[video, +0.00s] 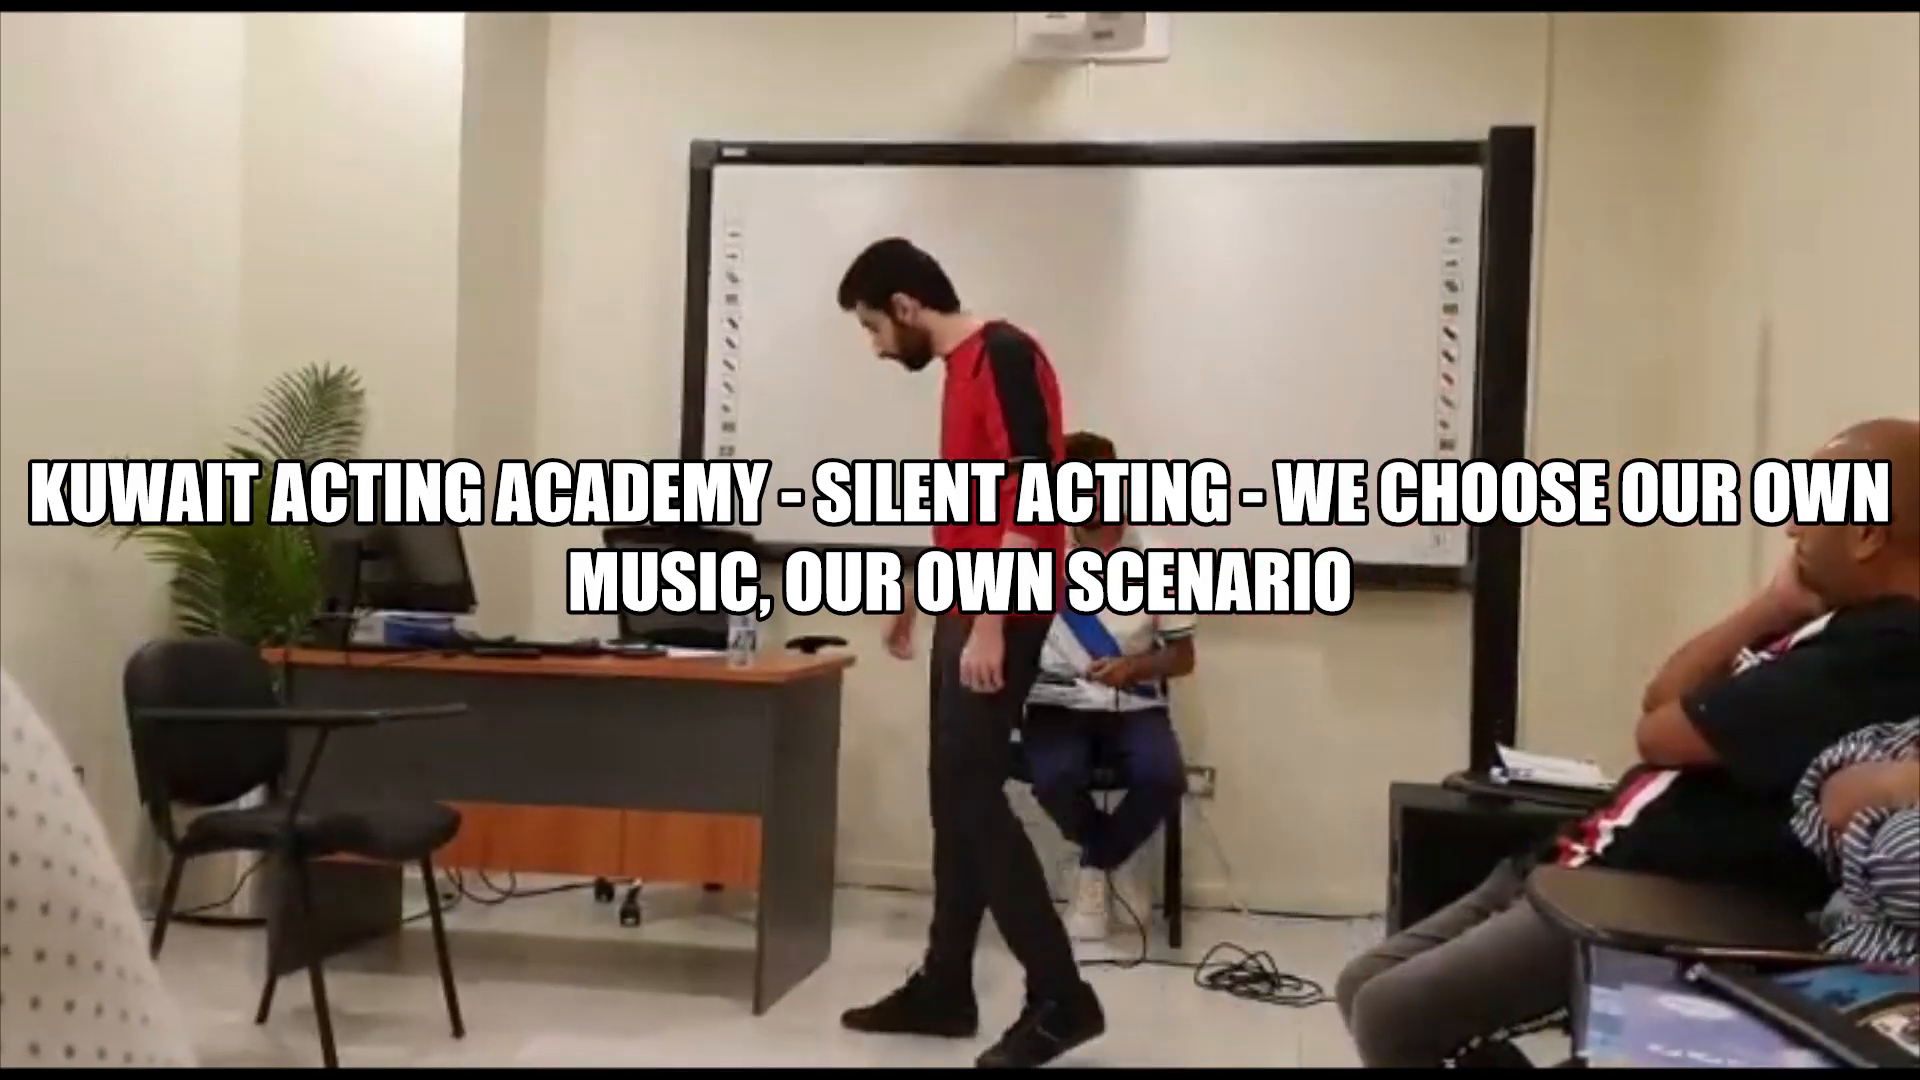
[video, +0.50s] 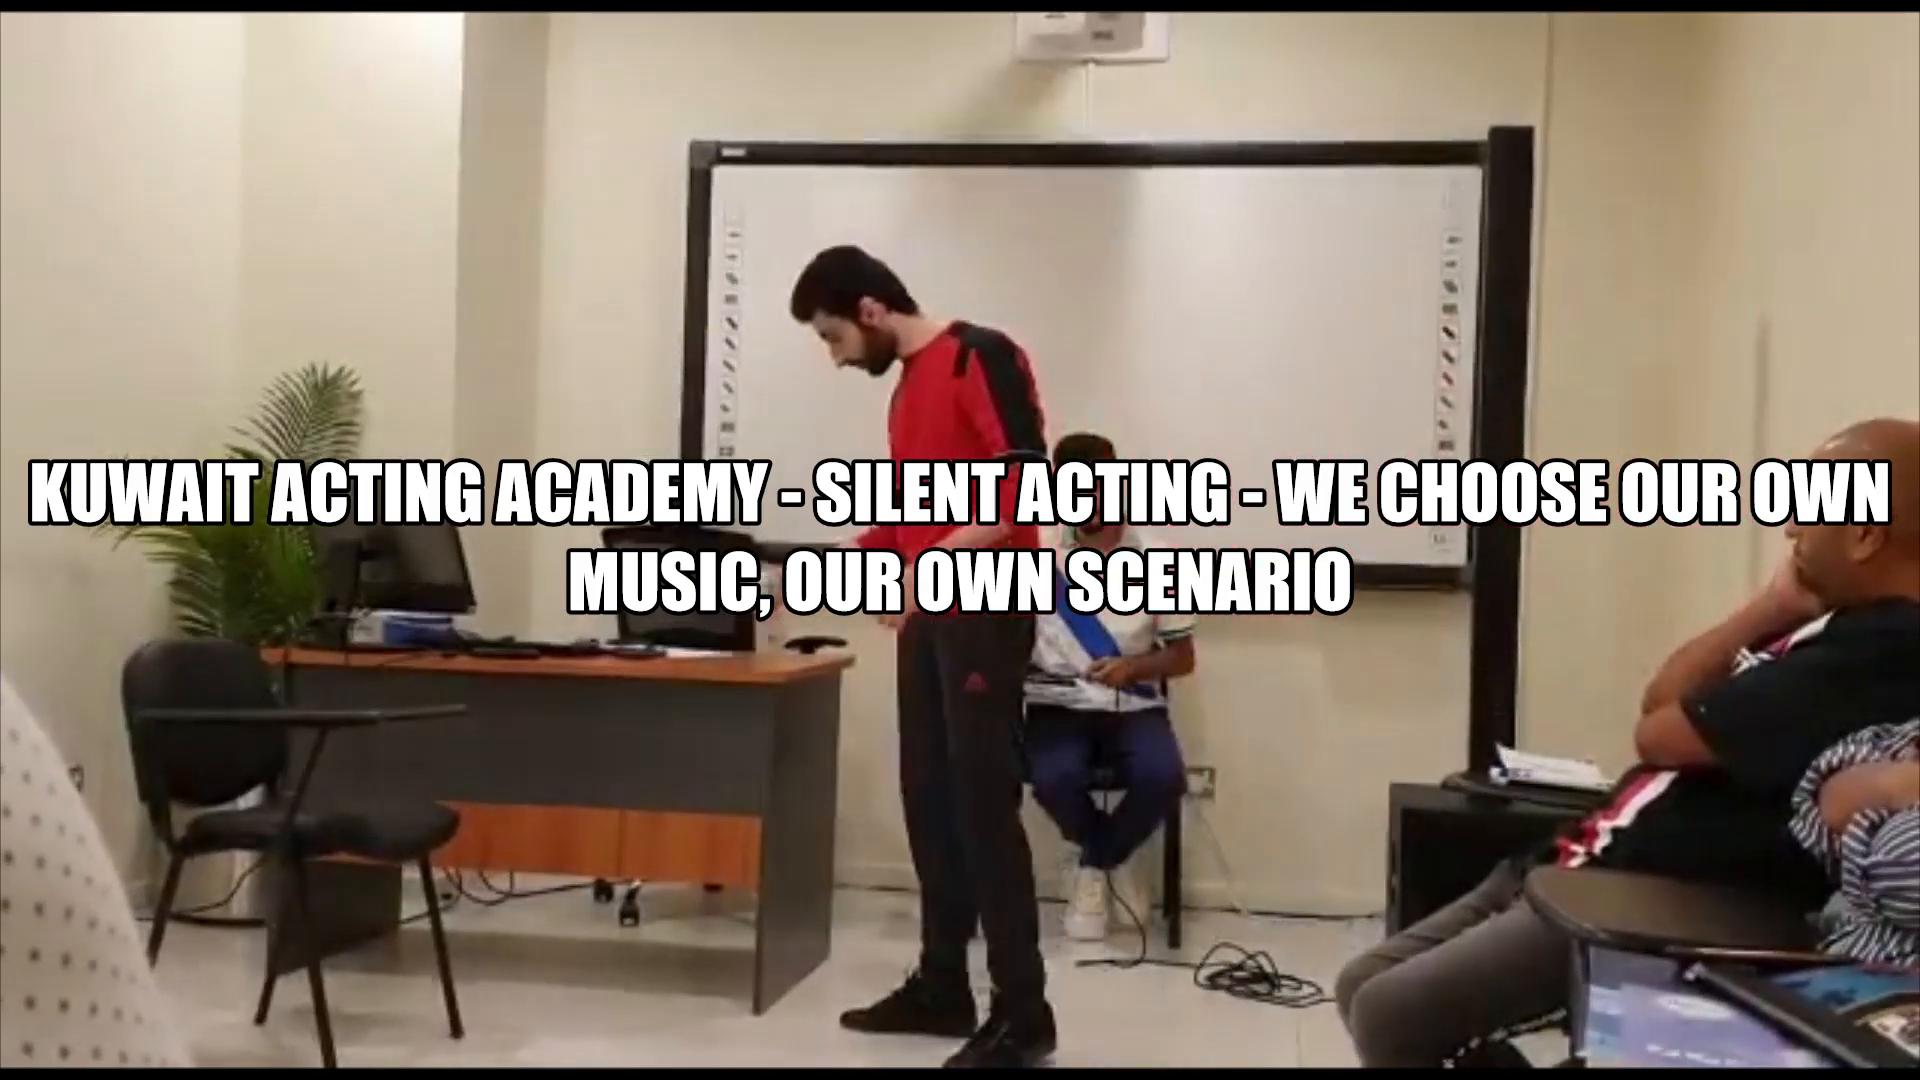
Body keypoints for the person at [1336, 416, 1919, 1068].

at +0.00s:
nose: (1793, 534)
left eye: (1811, 513)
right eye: (1799, 512)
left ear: (1871, 534)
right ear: (1871, 535)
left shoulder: (1885, 645)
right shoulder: (1846, 625)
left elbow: (1664, 738)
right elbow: (1662, 697)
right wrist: (1781, 602)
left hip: (1633, 901)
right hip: (1585, 861)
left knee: (1389, 1016)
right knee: (1363, 983)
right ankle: (1500, 1062)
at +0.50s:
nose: (1791, 536)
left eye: (1807, 515)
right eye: (1796, 514)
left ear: (1867, 533)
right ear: (1869, 534)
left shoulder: (1884, 645)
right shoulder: (1847, 626)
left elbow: (1663, 739)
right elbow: (1661, 699)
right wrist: (1780, 602)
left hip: (1634, 903)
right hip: (1585, 861)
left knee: (1387, 1017)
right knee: (1363, 982)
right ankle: (1495, 1061)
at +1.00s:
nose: (1796, 534)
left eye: (1814, 513)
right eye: (1801, 512)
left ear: (1873, 533)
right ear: (1873, 534)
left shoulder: (1885, 646)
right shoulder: (1847, 626)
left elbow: (1663, 738)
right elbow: (1663, 696)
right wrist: (1782, 603)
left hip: (1636, 902)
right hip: (1587, 860)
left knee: (1387, 1018)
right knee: (1363, 983)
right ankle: (1491, 1061)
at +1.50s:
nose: (1798, 535)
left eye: (1816, 513)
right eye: (1803, 513)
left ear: (1877, 534)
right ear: (1876, 536)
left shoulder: (1883, 647)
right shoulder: (1848, 625)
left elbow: (1664, 737)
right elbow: (1666, 695)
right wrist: (1783, 604)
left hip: (1640, 903)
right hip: (1589, 861)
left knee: (1388, 1017)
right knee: (1363, 985)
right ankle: (1491, 1061)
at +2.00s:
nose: (1795, 535)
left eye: (1806, 516)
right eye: (1798, 514)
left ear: (1874, 532)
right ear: (1874, 532)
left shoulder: (1883, 650)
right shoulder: (1847, 626)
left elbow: (1666, 739)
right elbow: (1665, 700)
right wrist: (1783, 606)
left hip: (1632, 907)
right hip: (1581, 864)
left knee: (1388, 1019)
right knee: (1364, 985)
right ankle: (1486, 1061)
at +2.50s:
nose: (1794, 536)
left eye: (1806, 516)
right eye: (1798, 515)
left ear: (1873, 532)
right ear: (1873, 532)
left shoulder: (1882, 650)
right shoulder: (1848, 627)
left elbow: (1665, 743)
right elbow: (1662, 704)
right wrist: (1779, 610)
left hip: (1638, 907)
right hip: (1585, 863)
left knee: (1390, 1020)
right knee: (1365, 986)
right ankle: (1486, 1060)